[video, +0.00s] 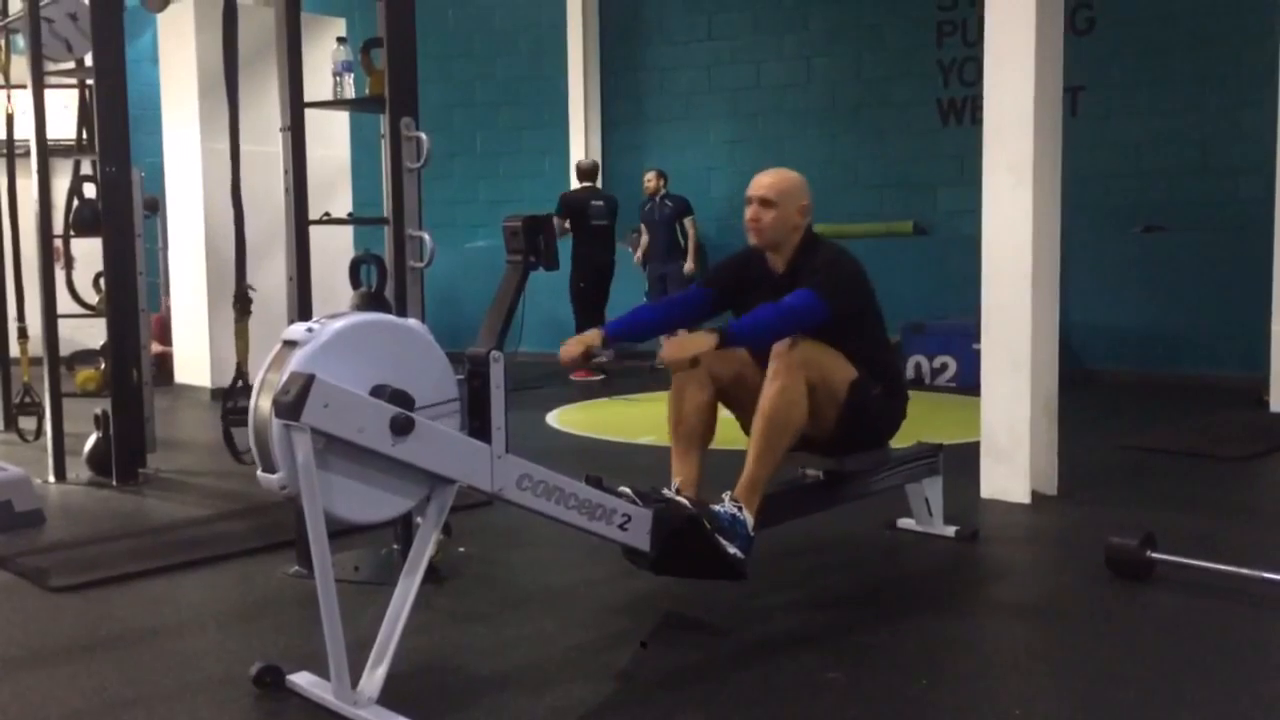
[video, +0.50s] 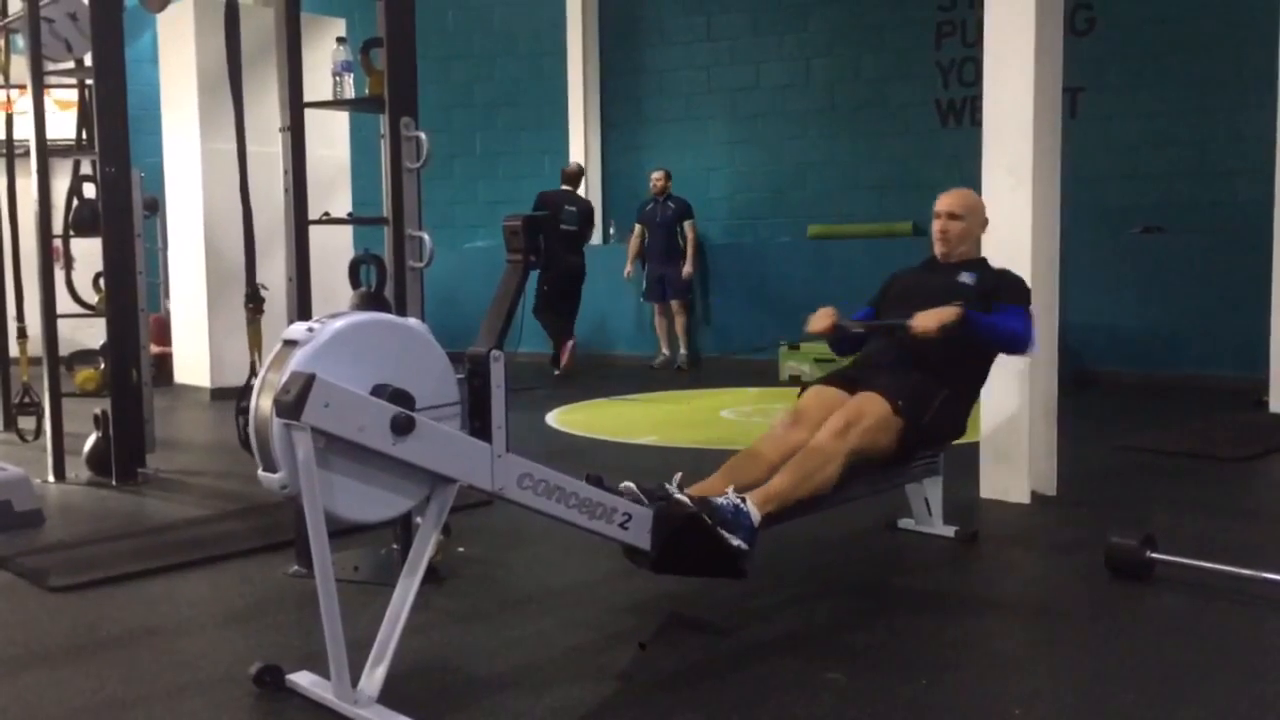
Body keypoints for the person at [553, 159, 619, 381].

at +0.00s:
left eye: (580, 173)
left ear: (577, 176)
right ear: (597, 175)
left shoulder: (568, 199)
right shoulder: (610, 200)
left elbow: (559, 229)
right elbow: (608, 227)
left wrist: (574, 226)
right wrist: (576, 224)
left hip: (582, 263)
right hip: (606, 262)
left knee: (582, 312)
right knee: (599, 309)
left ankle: (584, 364)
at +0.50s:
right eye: (579, 178)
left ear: (562, 177)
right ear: (580, 181)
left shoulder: (545, 198)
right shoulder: (586, 206)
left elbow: (533, 228)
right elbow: (586, 237)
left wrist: (536, 254)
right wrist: (571, 248)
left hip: (552, 263)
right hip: (576, 265)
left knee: (541, 308)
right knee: (569, 311)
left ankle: (563, 341)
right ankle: (558, 362)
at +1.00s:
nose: (563, 184)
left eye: (562, 181)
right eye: (560, 181)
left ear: (543, 184)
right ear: (549, 184)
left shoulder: (529, 203)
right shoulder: (556, 206)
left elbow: (539, 228)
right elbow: (568, 237)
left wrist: (567, 223)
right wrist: (573, 227)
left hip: (533, 266)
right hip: (553, 266)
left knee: (535, 311)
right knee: (562, 313)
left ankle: (524, 361)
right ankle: (560, 365)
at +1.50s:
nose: (543, 183)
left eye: (542, 179)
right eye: (538, 180)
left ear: (536, 185)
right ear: (527, 184)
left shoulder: (538, 209)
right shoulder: (520, 208)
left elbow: (539, 240)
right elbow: (524, 241)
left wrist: (554, 247)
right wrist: (553, 248)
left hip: (535, 269)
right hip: (523, 269)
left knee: (533, 318)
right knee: (526, 318)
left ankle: (531, 363)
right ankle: (524, 364)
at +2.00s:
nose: (535, 187)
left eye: (535, 184)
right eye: (530, 184)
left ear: (533, 187)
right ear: (518, 187)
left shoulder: (534, 212)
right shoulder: (505, 208)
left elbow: (538, 241)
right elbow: (519, 217)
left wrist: (543, 265)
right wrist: (521, 194)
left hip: (533, 272)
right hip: (512, 273)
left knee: (545, 316)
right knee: (510, 319)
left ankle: (536, 362)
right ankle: (509, 366)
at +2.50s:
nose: (552, 198)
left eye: (553, 195)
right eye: (550, 194)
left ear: (551, 196)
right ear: (539, 191)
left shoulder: (549, 215)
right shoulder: (521, 209)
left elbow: (552, 246)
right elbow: (532, 217)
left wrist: (556, 272)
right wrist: (537, 196)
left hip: (550, 276)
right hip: (528, 276)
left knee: (546, 324)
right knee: (519, 322)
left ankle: (548, 365)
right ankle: (511, 366)